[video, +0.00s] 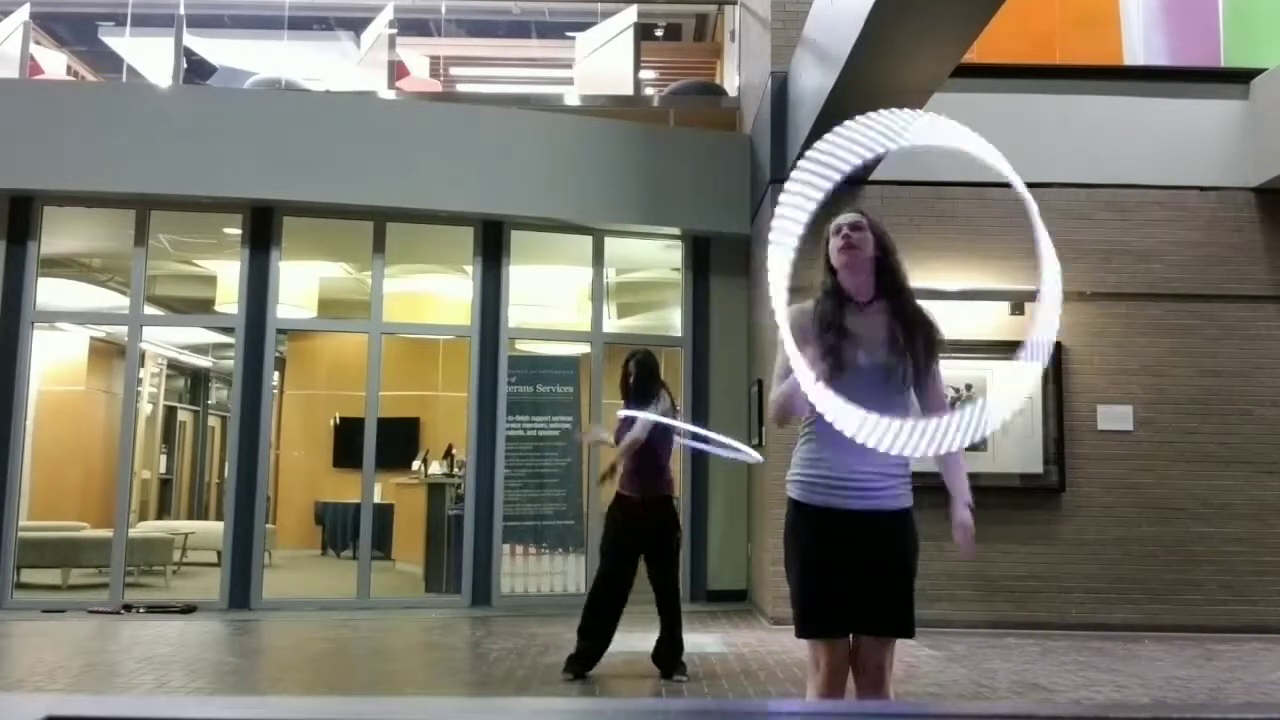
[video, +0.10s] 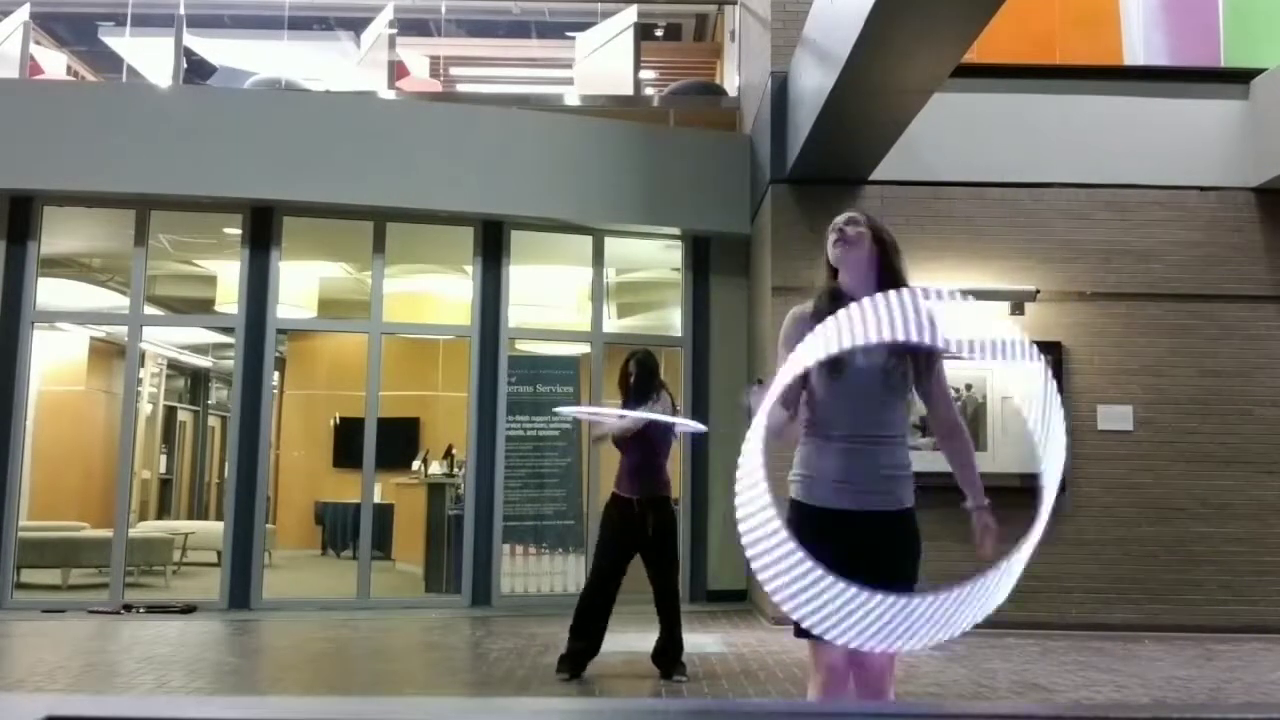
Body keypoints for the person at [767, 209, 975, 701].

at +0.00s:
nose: (847, 234)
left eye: (858, 228)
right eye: (837, 231)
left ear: (880, 249)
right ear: (827, 255)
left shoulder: (913, 327)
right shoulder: (805, 320)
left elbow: (939, 419)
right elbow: (779, 412)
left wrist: (961, 498)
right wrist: (808, 376)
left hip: (887, 510)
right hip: (817, 508)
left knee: (875, 670)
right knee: (828, 668)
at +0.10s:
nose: (840, 235)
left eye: (853, 228)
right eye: (832, 233)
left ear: (880, 250)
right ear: (827, 258)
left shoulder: (909, 320)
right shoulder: (804, 320)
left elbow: (946, 423)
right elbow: (777, 427)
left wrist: (978, 504)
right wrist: (783, 407)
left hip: (889, 511)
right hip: (817, 509)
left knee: (875, 671)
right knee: (830, 669)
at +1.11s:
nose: (979, 381)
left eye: (989, 375)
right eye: (974, 364)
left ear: (992, 386)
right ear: (941, 353)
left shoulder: (975, 425)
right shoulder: (870, 397)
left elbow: (1019, 481)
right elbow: (790, 439)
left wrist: (1058, 527)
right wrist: (719, 480)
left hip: (943, 556)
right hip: (866, 552)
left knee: (1004, 691)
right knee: (863, 689)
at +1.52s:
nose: (1056, 314)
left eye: (1067, 306)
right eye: (1053, 299)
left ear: (1069, 304)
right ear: (1025, 279)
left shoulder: (1052, 345)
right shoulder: (944, 309)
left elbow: (1081, 442)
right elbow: (869, 374)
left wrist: (1145, 517)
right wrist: (803, 423)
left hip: (977, 518)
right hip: (900, 506)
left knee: (1022, 681)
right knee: (876, 677)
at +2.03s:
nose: (933, 311)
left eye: (930, 300)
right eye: (925, 300)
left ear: (908, 308)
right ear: (896, 305)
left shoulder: (922, 381)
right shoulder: (859, 339)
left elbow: (966, 454)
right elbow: (816, 410)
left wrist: (1031, 429)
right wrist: (851, 442)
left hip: (929, 536)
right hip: (868, 538)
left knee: (994, 670)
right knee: (890, 690)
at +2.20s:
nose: (901, 310)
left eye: (898, 299)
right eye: (892, 299)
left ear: (873, 310)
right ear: (866, 307)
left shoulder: (887, 381)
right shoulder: (838, 343)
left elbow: (945, 456)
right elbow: (812, 417)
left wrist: (966, 422)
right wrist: (863, 461)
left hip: (918, 539)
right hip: (864, 543)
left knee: (991, 672)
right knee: (896, 694)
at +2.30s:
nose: (887, 312)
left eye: (886, 301)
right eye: (879, 301)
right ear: (853, 305)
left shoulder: (868, 372)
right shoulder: (829, 345)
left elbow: (940, 454)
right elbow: (812, 425)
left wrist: (946, 406)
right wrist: (869, 473)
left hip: (912, 536)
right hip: (862, 541)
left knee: (997, 681)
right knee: (895, 696)